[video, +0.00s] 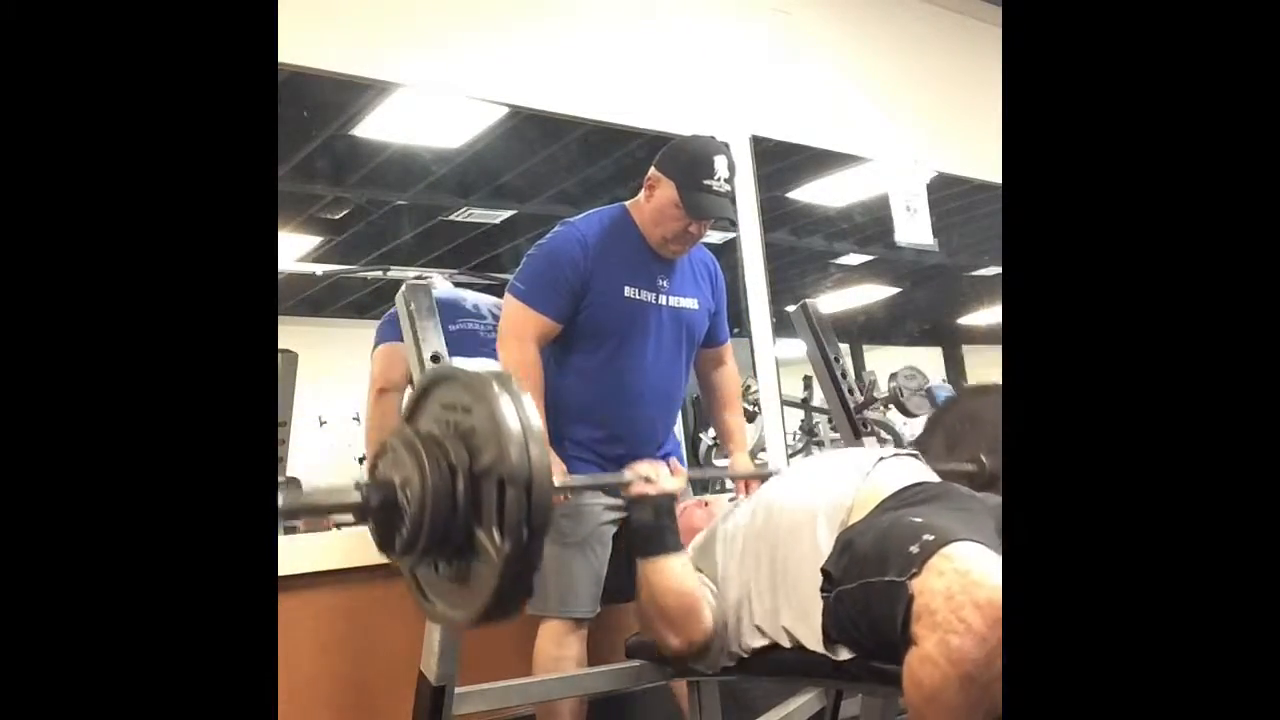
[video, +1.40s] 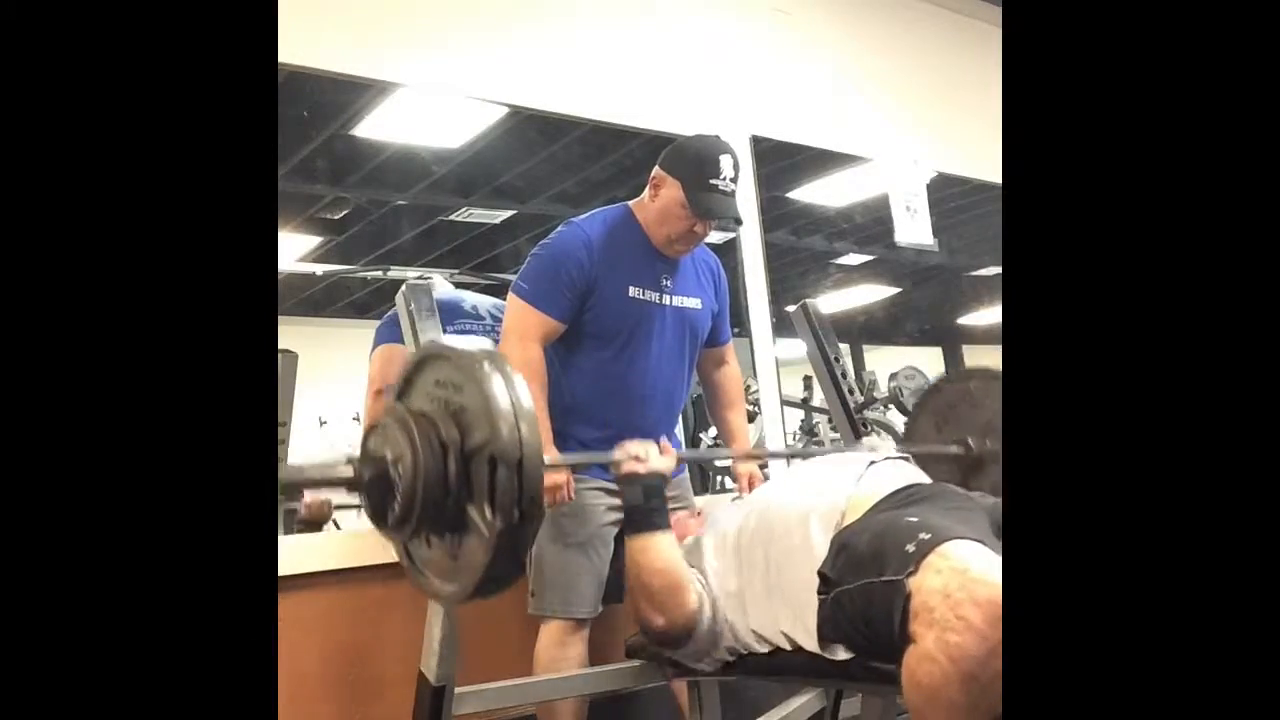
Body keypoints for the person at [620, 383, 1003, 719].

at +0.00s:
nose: (694, 500)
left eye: (694, 496)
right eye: (679, 508)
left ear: (713, 498)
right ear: (674, 540)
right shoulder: (694, 573)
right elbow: (682, 639)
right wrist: (650, 514)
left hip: (946, 491)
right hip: (873, 525)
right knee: (980, 612)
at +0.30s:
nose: (698, 500)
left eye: (698, 495)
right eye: (683, 505)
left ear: (713, 500)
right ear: (674, 541)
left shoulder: (765, 506)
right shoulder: (698, 574)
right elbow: (682, 640)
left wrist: (757, 487)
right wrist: (652, 511)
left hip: (956, 492)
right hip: (871, 528)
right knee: (983, 602)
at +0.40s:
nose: (685, 512)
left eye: (685, 508)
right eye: (675, 523)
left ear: (702, 506)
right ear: (672, 543)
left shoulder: (766, 500)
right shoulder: (701, 596)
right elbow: (667, 610)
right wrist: (644, 488)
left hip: (944, 495)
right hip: (868, 532)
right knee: (978, 601)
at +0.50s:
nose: (677, 509)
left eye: (674, 506)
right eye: (662, 519)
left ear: (688, 511)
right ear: (657, 549)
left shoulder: (761, 504)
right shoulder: (692, 608)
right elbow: (655, 574)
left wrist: (886, 444)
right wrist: (633, 451)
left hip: (941, 493)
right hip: (862, 533)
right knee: (977, 598)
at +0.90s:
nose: (682, 508)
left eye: (682, 502)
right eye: (670, 517)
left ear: (698, 503)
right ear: (666, 546)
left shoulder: (767, 498)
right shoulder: (696, 603)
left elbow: (901, 476)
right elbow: (667, 604)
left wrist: (878, 445)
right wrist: (642, 485)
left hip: (937, 492)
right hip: (867, 530)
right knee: (978, 602)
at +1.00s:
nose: (688, 502)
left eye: (690, 497)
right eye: (674, 506)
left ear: (708, 503)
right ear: (667, 540)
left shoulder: (755, 510)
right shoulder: (691, 580)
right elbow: (675, 635)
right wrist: (645, 512)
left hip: (941, 492)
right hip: (866, 531)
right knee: (979, 601)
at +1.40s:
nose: (680, 506)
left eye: (680, 500)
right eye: (666, 513)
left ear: (696, 504)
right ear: (657, 542)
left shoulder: (745, 503)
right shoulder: (692, 590)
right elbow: (664, 619)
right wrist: (642, 499)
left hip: (933, 490)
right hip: (864, 534)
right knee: (978, 608)